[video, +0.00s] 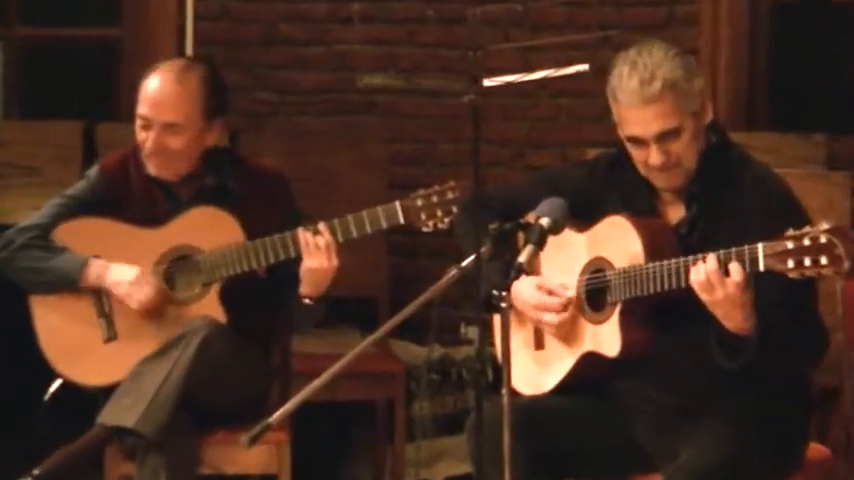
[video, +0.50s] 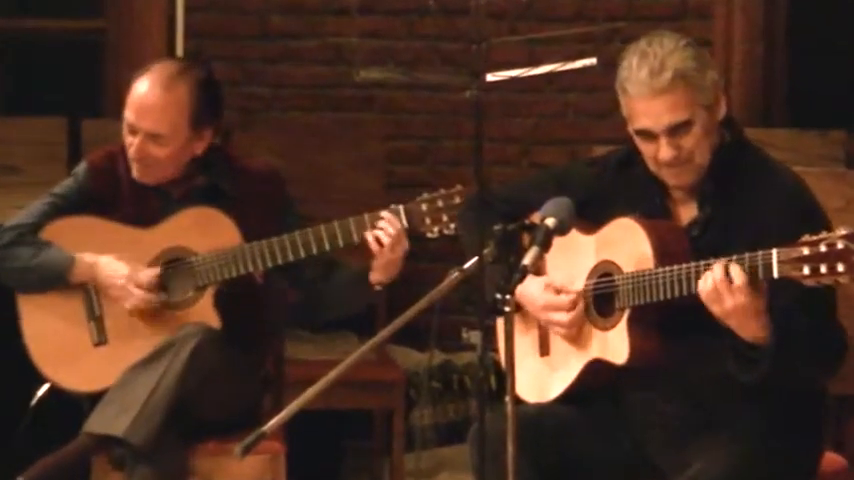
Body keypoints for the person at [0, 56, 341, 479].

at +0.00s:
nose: (152, 143)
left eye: (172, 130)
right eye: (144, 125)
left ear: (214, 132)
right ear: (133, 118)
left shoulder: (263, 190)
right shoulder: (116, 177)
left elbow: (295, 319)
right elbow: (15, 249)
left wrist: (312, 294)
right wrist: (105, 273)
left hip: (237, 375)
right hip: (135, 366)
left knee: (202, 338)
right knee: (162, 442)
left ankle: (90, 448)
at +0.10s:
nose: (142, 144)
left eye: (163, 131)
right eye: (135, 125)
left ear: (207, 133)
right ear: (126, 118)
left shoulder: (256, 188)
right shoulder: (109, 174)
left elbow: (281, 318)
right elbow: (11, 254)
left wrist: (309, 297)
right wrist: (97, 263)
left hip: (232, 379)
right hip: (124, 368)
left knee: (194, 341)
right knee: (157, 453)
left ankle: (82, 453)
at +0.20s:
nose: (137, 143)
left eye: (158, 131)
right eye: (130, 125)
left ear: (203, 133)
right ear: (122, 117)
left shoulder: (254, 188)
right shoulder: (105, 174)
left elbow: (280, 314)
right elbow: (8, 250)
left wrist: (310, 297)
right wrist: (99, 281)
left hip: (230, 382)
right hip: (119, 374)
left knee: (191, 343)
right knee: (151, 451)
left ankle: (74, 459)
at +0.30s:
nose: (136, 145)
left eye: (157, 135)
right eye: (130, 126)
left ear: (201, 135)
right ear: (122, 114)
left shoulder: (253, 192)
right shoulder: (103, 175)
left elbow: (291, 313)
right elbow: (4, 252)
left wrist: (333, 284)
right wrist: (95, 269)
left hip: (228, 383)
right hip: (116, 371)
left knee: (190, 344)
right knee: (153, 447)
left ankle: (69, 460)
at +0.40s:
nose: (136, 147)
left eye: (157, 137)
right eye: (131, 128)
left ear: (202, 137)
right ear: (124, 114)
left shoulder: (253, 191)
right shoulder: (103, 174)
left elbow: (298, 304)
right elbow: (5, 253)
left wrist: (366, 275)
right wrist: (94, 262)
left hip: (225, 382)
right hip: (109, 372)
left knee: (192, 344)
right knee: (151, 455)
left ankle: (77, 456)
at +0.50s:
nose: (134, 149)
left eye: (155, 139)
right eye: (129, 130)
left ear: (201, 141)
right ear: (122, 115)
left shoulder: (252, 191)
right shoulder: (103, 175)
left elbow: (307, 302)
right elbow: (5, 252)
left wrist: (373, 278)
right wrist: (91, 269)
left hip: (224, 383)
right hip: (107, 373)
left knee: (194, 343)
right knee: (151, 452)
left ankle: (73, 458)